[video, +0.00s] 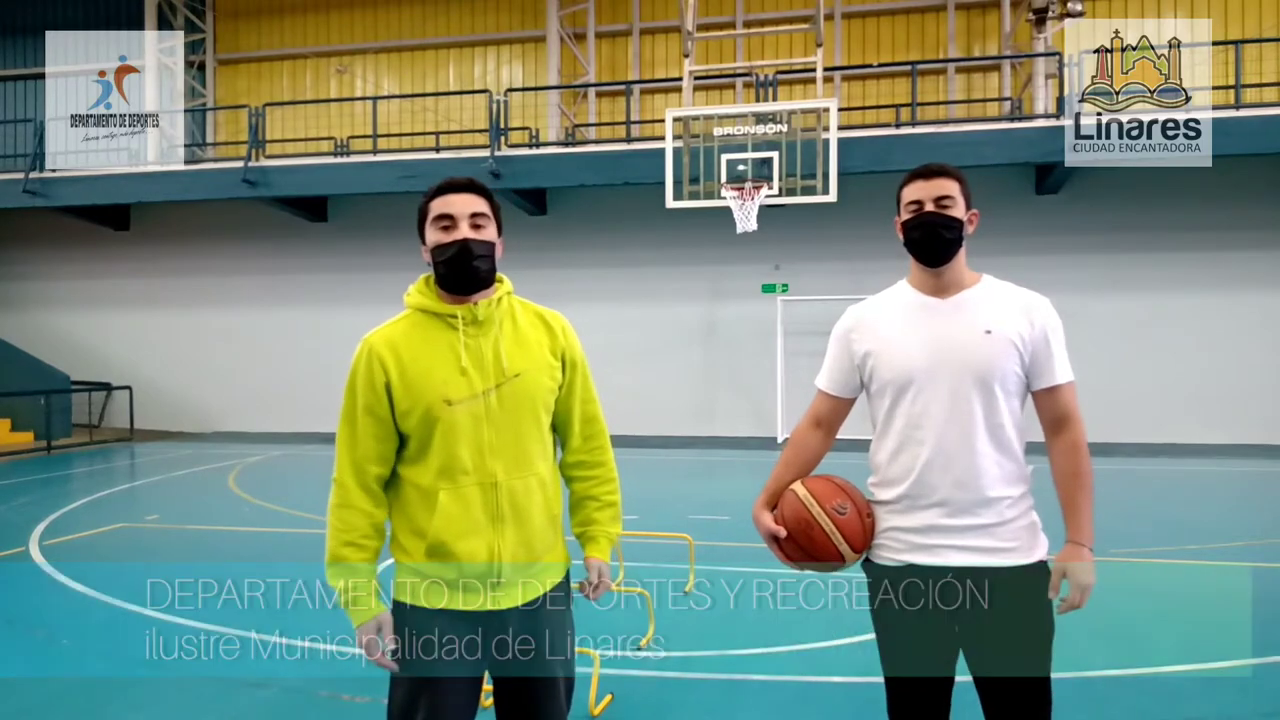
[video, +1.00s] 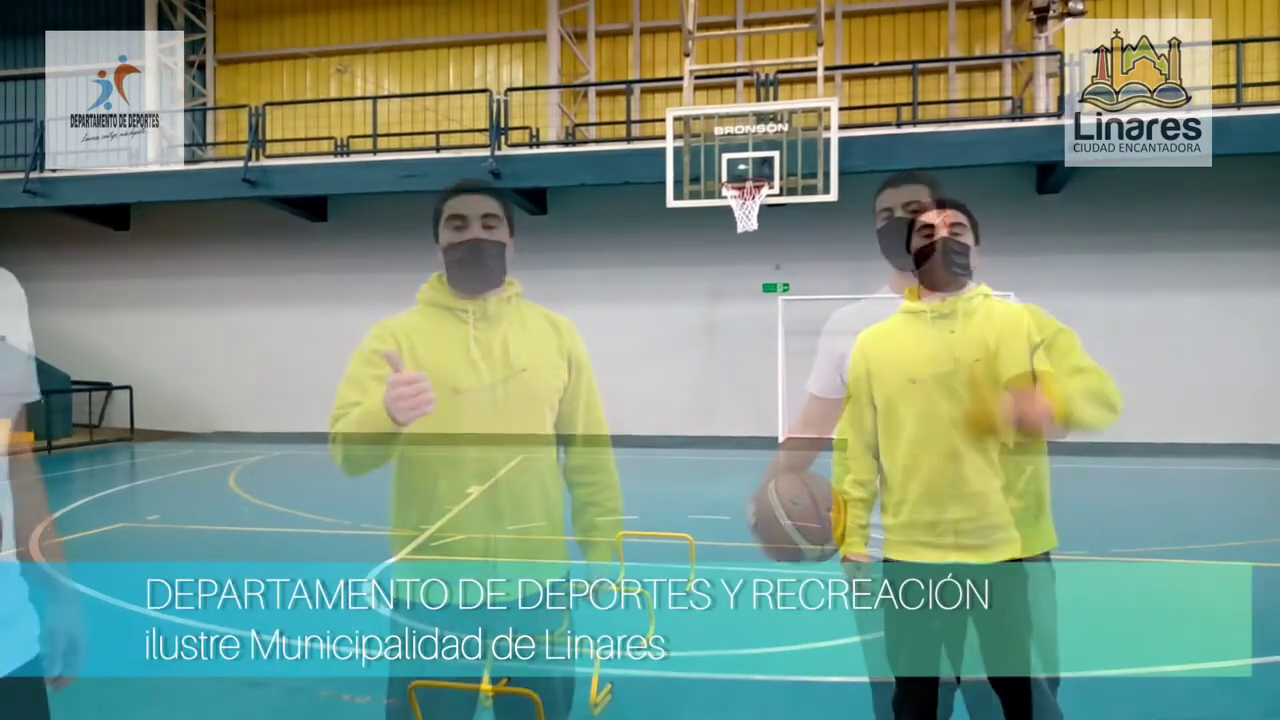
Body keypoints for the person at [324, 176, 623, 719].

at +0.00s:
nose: (464, 234)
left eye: (479, 222)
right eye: (446, 224)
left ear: (500, 243)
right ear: (426, 248)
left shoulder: (549, 334)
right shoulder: (386, 352)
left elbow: (587, 445)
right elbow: (358, 480)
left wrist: (597, 537)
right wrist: (360, 597)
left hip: (538, 592)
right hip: (435, 598)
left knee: (545, 711)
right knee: (430, 714)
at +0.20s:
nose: (464, 233)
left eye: (479, 222)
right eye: (445, 223)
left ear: (500, 243)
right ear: (425, 247)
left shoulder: (547, 334)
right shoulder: (384, 350)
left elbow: (583, 445)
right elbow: (360, 479)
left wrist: (594, 540)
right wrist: (366, 599)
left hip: (537, 592)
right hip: (434, 597)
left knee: (544, 711)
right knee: (430, 714)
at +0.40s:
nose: (466, 233)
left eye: (482, 222)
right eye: (448, 223)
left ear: (501, 243)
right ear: (428, 246)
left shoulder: (548, 334)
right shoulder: (385, 347)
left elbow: (583, 450)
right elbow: (357, 476)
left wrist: (594, 549)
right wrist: (360, 595)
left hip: (537, 592)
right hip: (433, 596)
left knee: (543, 711)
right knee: (428, 714)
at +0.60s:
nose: (470, 233)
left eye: (486, 222)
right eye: (452, 223)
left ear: (505, 242)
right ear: (432, 245)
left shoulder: (550, 335)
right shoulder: (388, 344)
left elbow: (584, 451)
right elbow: (353, 473)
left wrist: (594, 550)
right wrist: (356, 581)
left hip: (537, 590)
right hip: (433, 593)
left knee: (542, 712)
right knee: (428, 714)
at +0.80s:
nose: (472, 234)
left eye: (487, 223)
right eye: (454, 223)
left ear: (507, 242)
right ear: (435, 244)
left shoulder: (553, 335)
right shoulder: (391, 341)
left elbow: (587, 453)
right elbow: (345, 471)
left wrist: (598, 556)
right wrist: (372, 446)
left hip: (537, 587)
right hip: (434, 590)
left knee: (542, 712)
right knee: (427, 713)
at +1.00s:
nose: (474, 233)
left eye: (490, 223)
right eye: (457, 223)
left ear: (510, 242)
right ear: (438, 243)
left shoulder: (554, 335)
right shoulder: (397, 336)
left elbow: (591, 460)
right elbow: (349, 453)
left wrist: (604, 566)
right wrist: (386, 416)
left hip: (537, 583)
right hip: (432, 584)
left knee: (541, 711)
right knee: (429, 711)